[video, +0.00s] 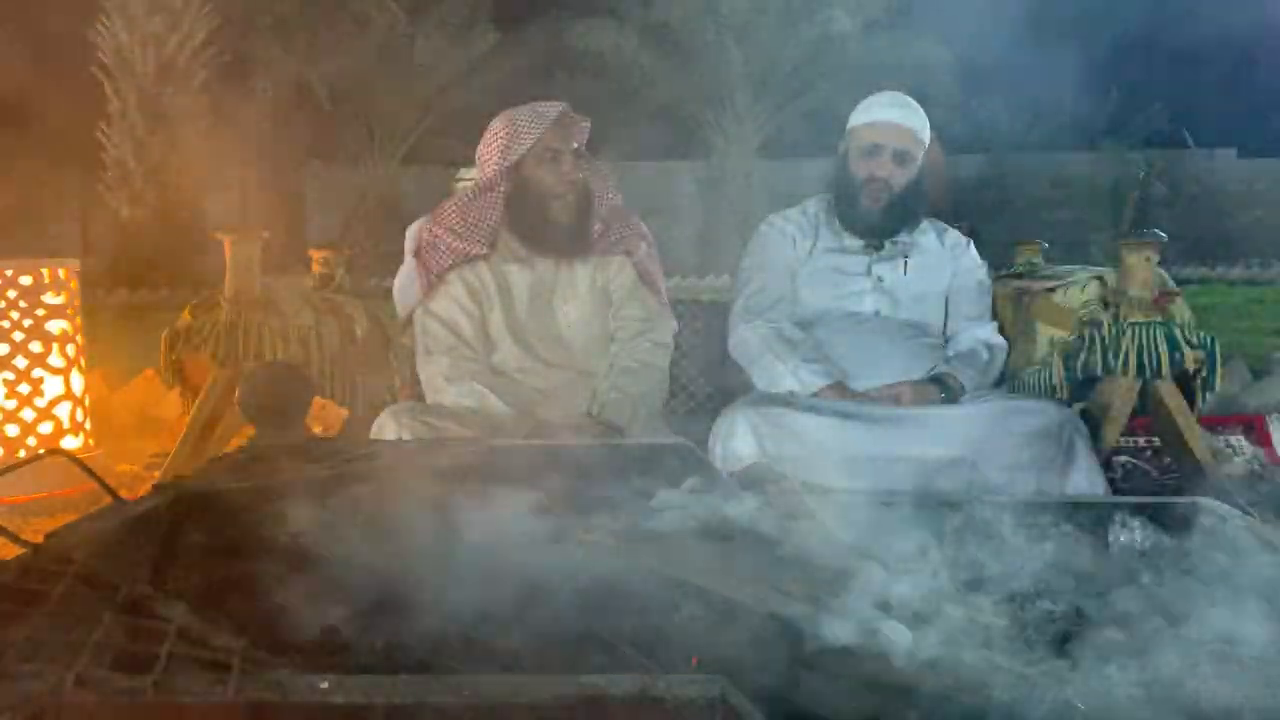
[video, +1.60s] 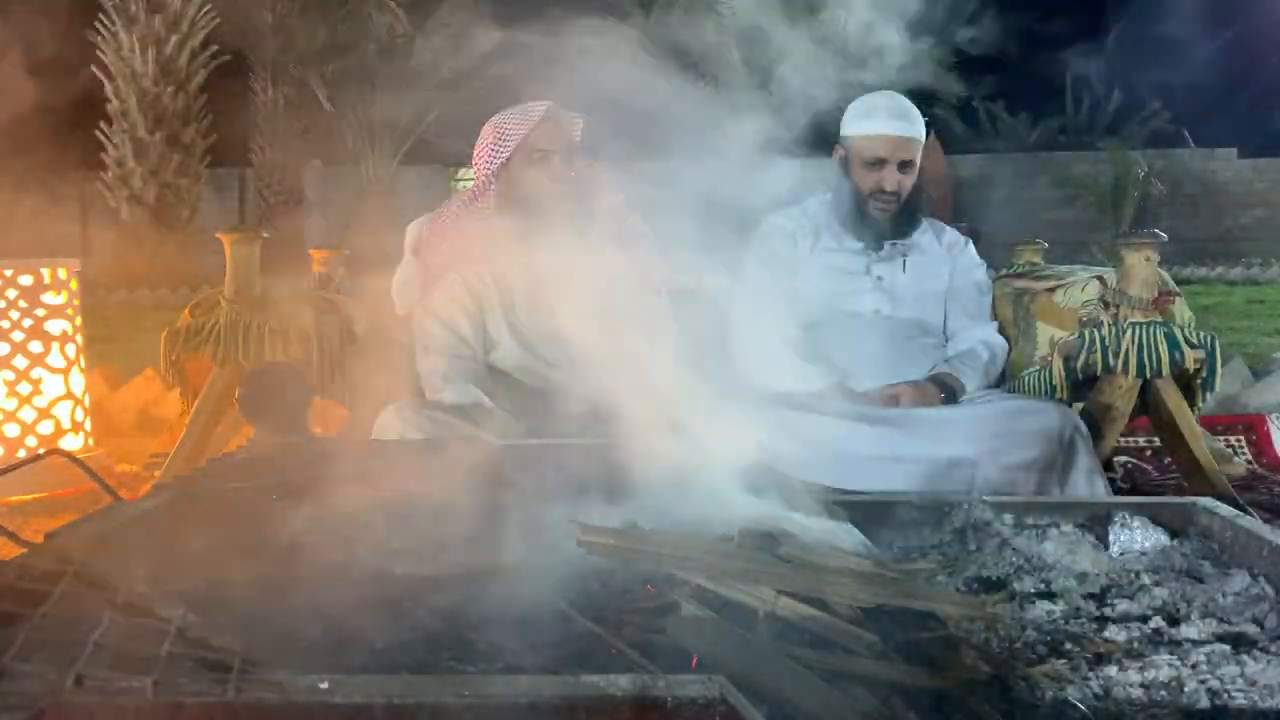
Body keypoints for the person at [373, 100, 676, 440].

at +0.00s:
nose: (574, 174)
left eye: (577, 158)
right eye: (551, 159)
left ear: (588, 166)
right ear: (509, 175)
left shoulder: (616, 263)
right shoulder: (461, 269)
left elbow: (644, 350)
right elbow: (448, 379)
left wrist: (607, 428)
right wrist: (525, 434)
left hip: (596, 435)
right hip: (497, 437)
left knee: (670, 453)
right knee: (397, 426)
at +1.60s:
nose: (563, 172)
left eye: (569, 156)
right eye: (541, 159)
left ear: (580, 160)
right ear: (502, 174)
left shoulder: (615, 240)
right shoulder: (467, 256)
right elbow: (446, 377)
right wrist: (515, 444)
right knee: (399, 424)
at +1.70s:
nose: (561, 170)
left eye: (569, 153)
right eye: (540, 156)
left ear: (583, 163)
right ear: (502, 176)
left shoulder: (614, 265)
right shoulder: (463, 277)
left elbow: (655, 360)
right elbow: (450, 378)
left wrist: (608, 418)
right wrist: (542, 421)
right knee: (406, 417)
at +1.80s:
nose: (562, 173)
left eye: (567, 154)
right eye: (536, 159)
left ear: (580, 167)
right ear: (498, 180)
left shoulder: (616, 274)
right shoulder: (456, 284)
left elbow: (642, 390)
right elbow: (456, 401)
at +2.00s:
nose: (559, 173)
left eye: (566, 155)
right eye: (536, 158)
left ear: (578, 166)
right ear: (496, 177)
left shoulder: (615, 269)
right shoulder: (461, 277)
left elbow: (643, 369)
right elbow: (454, 374)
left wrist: (589, 429)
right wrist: (513, 435)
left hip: (591, 431)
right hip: (497, 432)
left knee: (646, 440)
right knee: (411, 412)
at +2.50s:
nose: (560, 173)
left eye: (566, 155)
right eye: (537, 158)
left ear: (577, 163)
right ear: (497, 176)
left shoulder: (610, 254)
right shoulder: (459, 265)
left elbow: (644, 346)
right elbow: (450, 384)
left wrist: (611, 421)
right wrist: (535, 434)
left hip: (618, 436)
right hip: (509, 444)